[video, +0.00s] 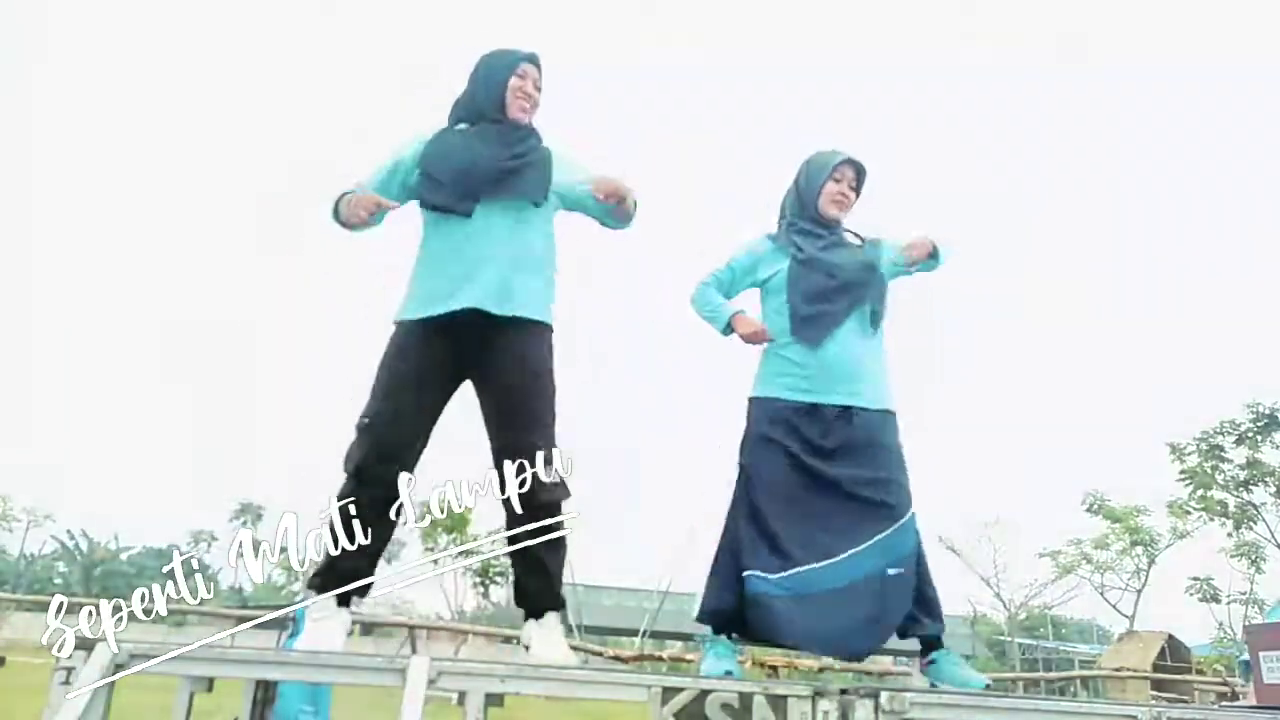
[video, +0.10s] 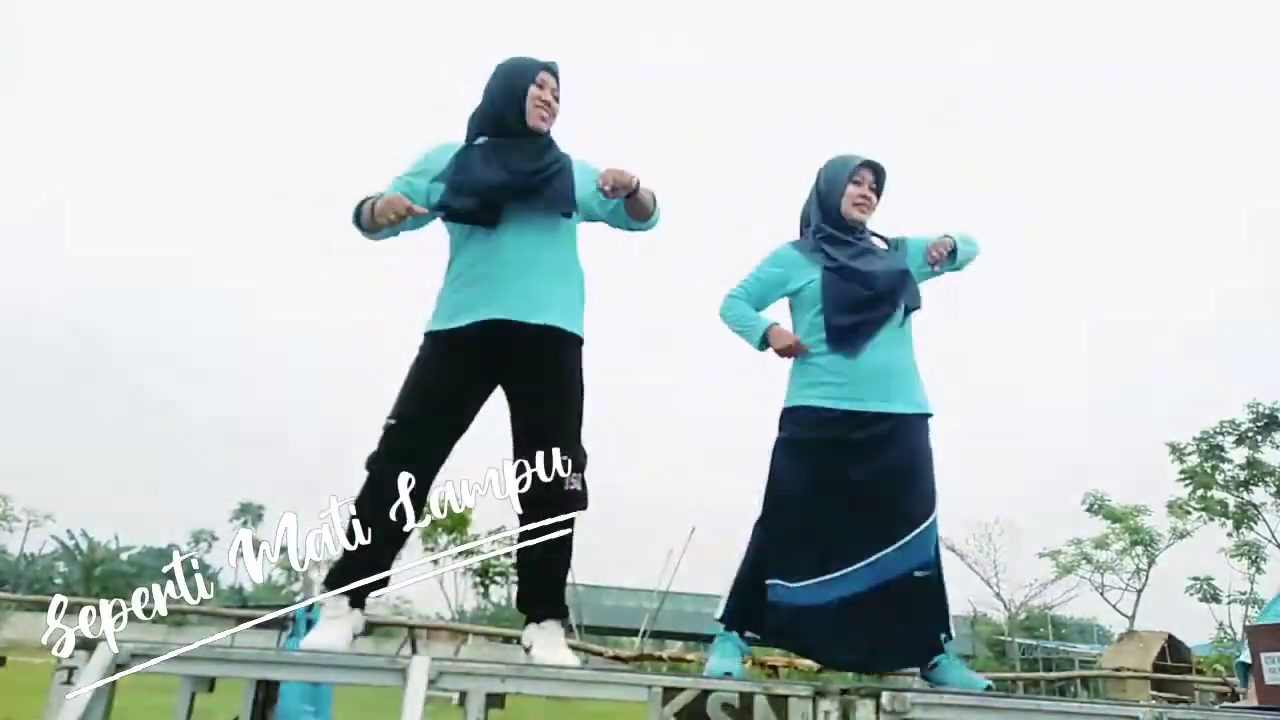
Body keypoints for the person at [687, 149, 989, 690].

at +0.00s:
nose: (845, 193)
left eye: (853, 189)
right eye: (837, 183)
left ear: (856, 201)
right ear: (809, 183)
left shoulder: (869, 253)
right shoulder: (770, 249)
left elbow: (911, 258)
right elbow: (705, 292)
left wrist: (925, 252)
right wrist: (736, 318)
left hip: (864, 404)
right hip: (784, 400)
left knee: (897, 521)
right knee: (755, 512)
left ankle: (933, 652)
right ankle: (721, 640)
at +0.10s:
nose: (867, 193)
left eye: (873, 189)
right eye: (858, 183)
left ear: (877, 203)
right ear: (829, 187)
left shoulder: (896, 252)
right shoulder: (795, 256)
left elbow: (969, 247)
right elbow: (734, 305)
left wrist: (950, 249)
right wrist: (768, 333)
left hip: (898, 411)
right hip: (818, 408)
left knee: (916, 531)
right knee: (782, 524)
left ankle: (934, 656)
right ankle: (731, 639)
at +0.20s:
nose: (882, 195)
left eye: (889, 190)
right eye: (872, 185)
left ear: (893, 204)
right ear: (845, 191)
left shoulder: (917, 260)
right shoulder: (818, 258)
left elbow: (987, 251)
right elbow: (759, 312)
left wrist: (942, 232)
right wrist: (802, 338)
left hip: (919, 412)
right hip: (844, 407)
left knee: (933, 530)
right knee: (825, 524)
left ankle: (945, 661)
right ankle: (787, 640)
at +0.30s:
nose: (892, 198)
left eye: (899, 192)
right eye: (881, 189)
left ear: (906, 203)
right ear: (855, 198)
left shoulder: (924, 259)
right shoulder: (829, 260)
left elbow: (986, 274)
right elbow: (779, 321)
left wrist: (927, 236)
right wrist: (822, 341)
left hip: (930, 408)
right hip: (859, 405)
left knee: (942, 525)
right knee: (865, 524)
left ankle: (946, 657)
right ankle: (868, 649)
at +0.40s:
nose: (901, 207)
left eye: (908, 202)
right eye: (890, 198)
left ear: (912, 215)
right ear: (863, 203)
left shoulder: (925, 269)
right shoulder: (832, 269)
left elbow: (979, 309)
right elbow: (788, 331)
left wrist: (947, 258)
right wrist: (835, 350)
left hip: (939, 413)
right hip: (869, 413)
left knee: (955, 529)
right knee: (880, 531)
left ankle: (958, 661)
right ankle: (887, 658)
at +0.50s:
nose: (909, 202)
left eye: (917, 198)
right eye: (899, 193)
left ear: (923, 209)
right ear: (872, 197)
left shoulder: (938, 270)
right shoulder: (840, 264)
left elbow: (998, 308)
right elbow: (791, 325)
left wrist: (1010, 264)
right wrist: (837, 349)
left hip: (951, 415)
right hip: (880, 414)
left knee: (983, 524)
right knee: (887, 536)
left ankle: (971, 660)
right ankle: (883, 659)